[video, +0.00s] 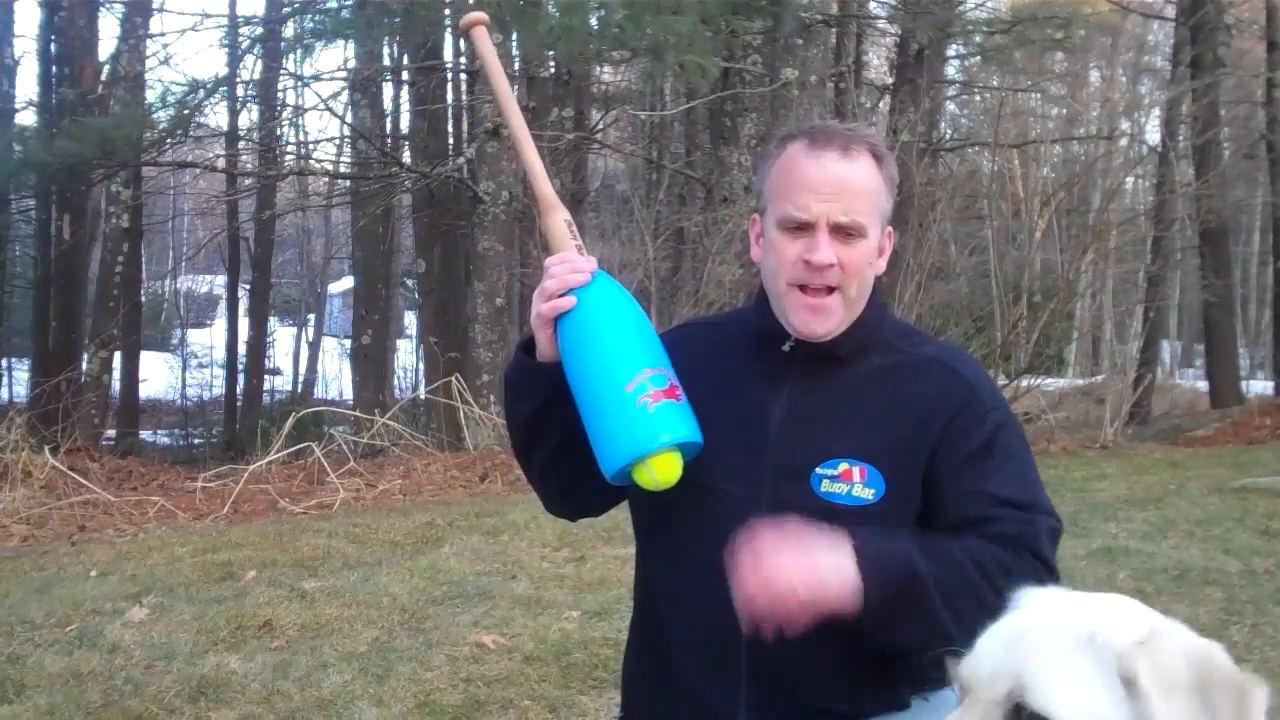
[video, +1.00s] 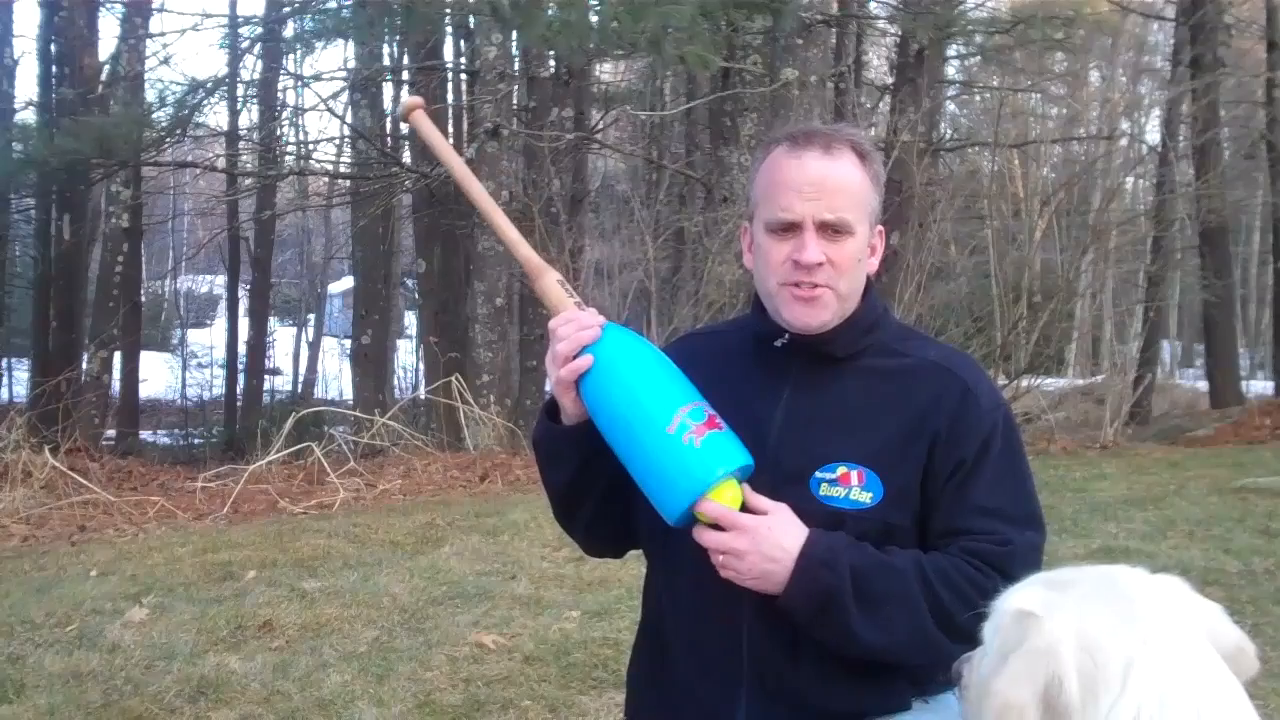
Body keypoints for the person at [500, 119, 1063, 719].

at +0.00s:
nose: (820, 255)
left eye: (846, 231)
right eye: (797, 228)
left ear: (883, 250)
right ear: (757, 239)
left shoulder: (944, 391)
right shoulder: (676, 363)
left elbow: (1018, 560)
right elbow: (575, 490)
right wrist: (546, 362)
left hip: (879, 706)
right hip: (684, 703)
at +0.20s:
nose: (809, 257)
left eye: (837, 232)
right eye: (788, 229)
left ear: (877, 251)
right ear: (751, 243)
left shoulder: (949, 399)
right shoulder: (675, 368)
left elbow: (1033, 589)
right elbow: (576, 488)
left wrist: (930, 702)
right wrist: (542, 360)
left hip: (856, 707)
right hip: (676, 702)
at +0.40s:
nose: (805, 258)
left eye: (832, 233)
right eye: (780, 230)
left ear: (874, 248)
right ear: (748, 239)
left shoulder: (951, 401)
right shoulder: (677, 370)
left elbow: (1051, 579)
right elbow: (578, 494)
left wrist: (978, 699)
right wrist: (542, 366)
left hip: (866, 708)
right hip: (677, 703)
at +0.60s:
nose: (804, 255)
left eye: (830, 229)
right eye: (781, 228)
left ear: (873, 248)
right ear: (747, 243)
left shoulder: (951, 399)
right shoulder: (680, 369)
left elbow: (1027, 582)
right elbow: (585, 507)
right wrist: (550, 376)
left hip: (853, 716)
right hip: (677, 706)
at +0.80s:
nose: (808, 254)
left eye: (834, 230)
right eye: (786, 227)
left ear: (876, 248)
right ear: (750, 242)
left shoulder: (950, 398)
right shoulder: (683, 368)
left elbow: (1002, 589)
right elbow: (604, 527)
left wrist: (816, 571)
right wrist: (572, 411)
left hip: (865, 705)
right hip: (681, 705)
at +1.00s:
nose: (807, 255)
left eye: (832, 230)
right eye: (785, 229)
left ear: (874, 248)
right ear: (748, 244)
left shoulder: (953, 399)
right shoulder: (683, 370)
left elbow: (995, 590)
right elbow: (607, 531)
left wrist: (809, 566)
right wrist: (573, 416)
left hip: (876, 704)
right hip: (685, 703)